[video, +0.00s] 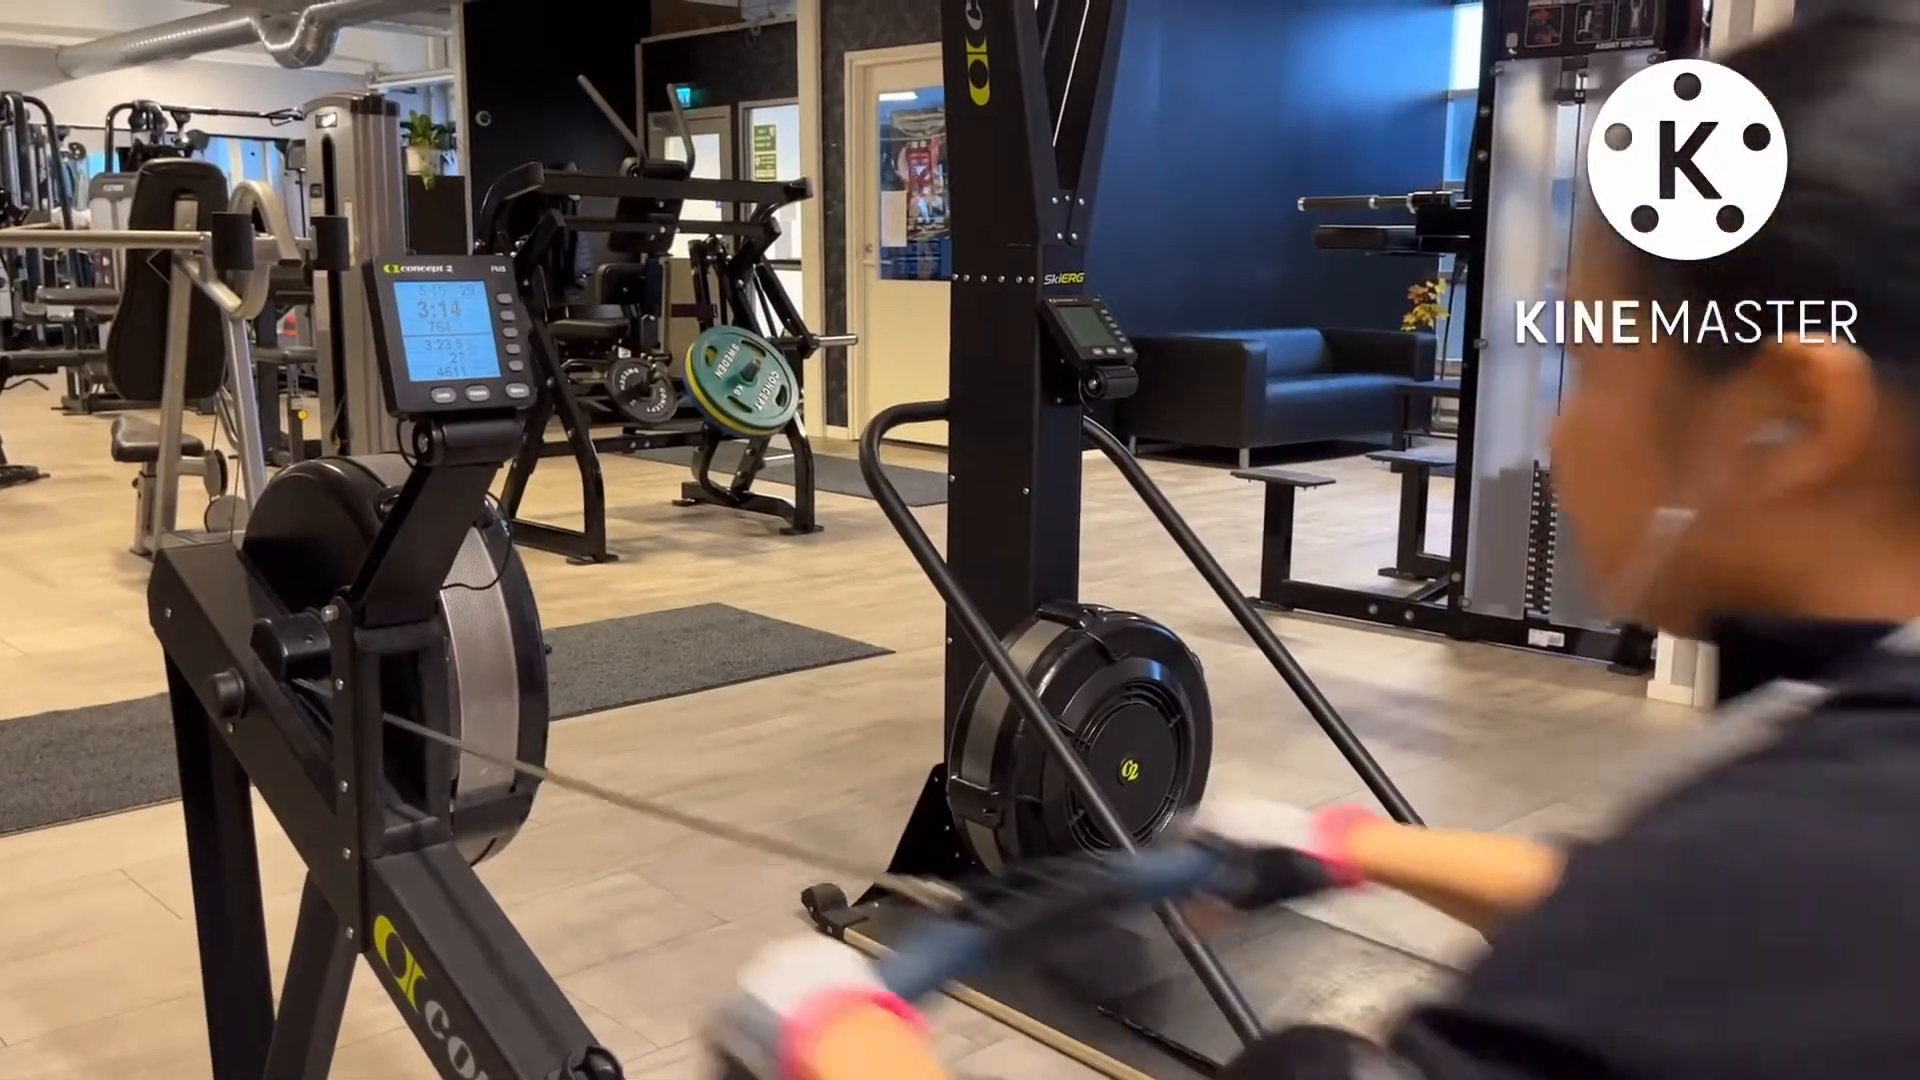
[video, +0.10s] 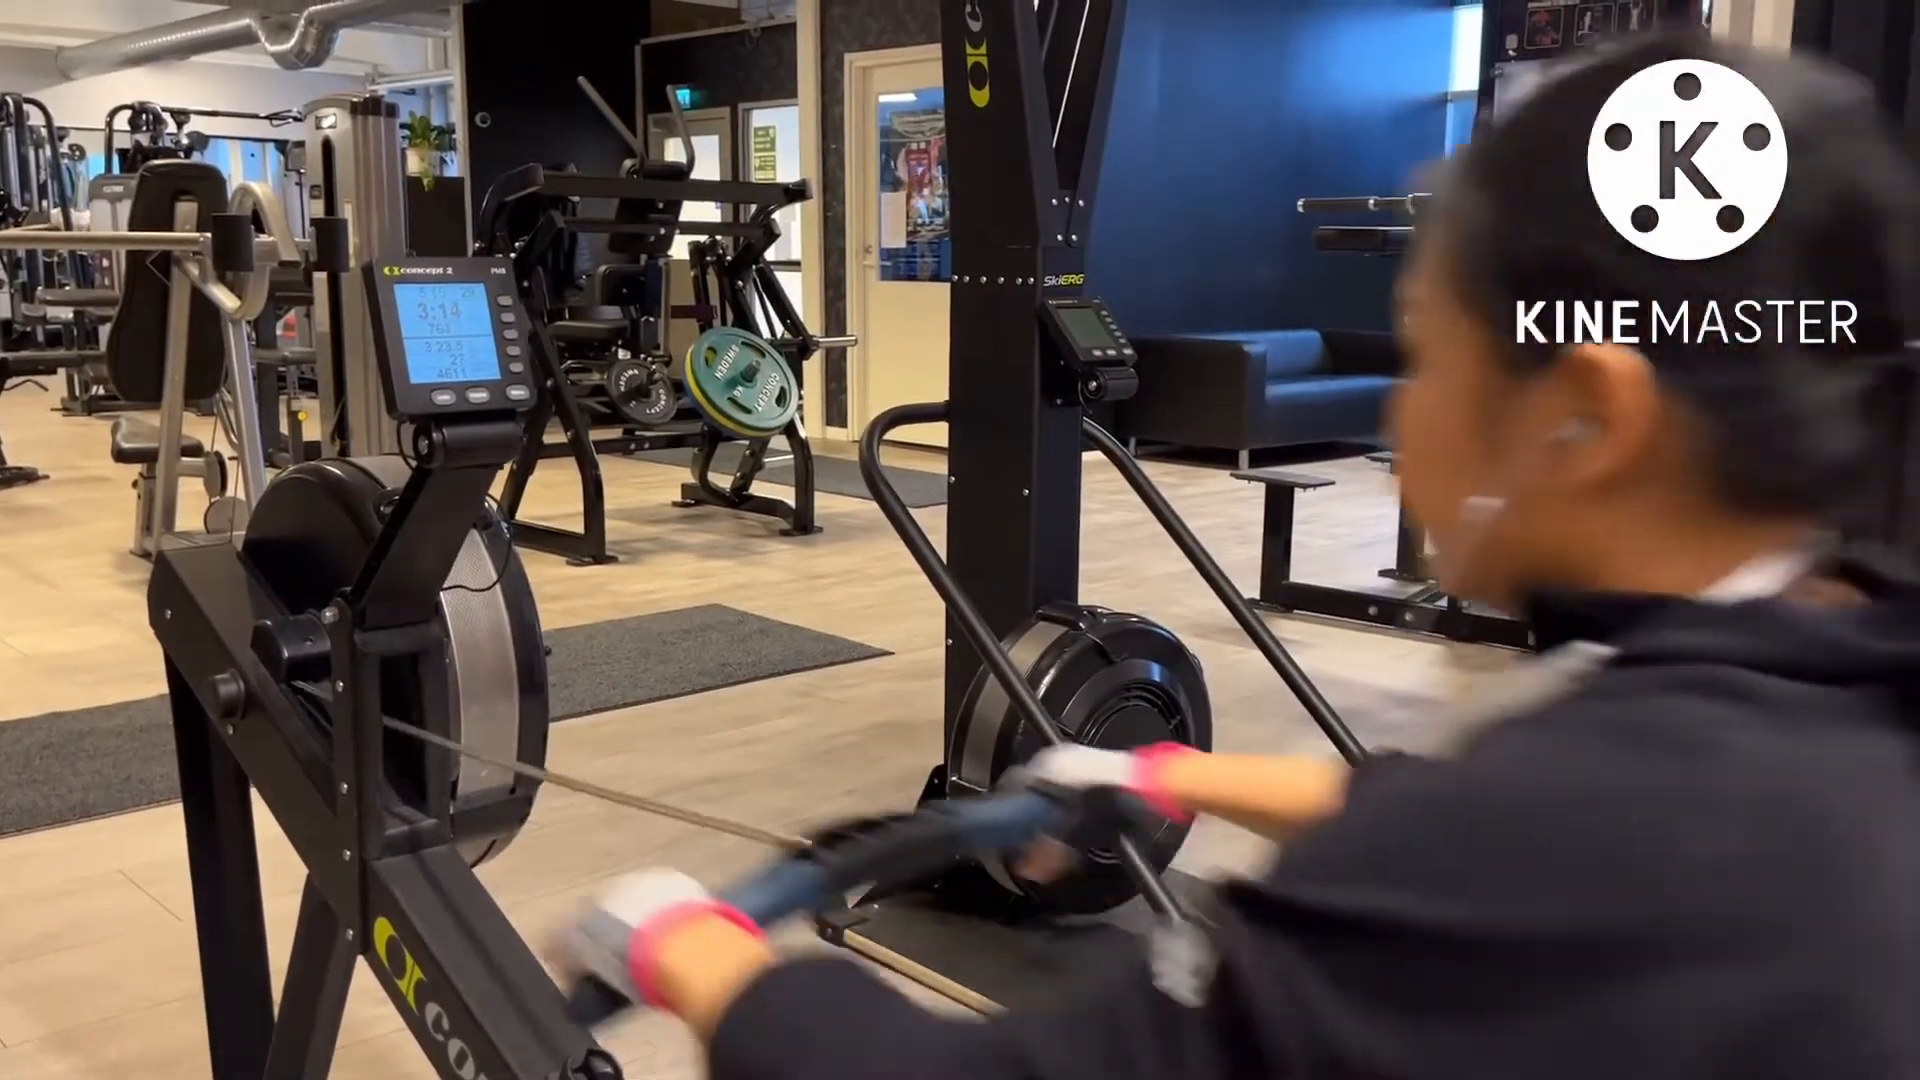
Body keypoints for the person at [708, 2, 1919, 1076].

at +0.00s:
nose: (1555, 428)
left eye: (1592, 349)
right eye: (1574, 350)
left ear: (1799, 422)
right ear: (1804, 430)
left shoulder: (1724, 904)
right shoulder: (1863, 739)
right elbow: (1732, 895)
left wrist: (886, 1071)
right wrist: (1380, 851)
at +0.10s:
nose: (1393, 420)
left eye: (1420, 363)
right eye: (1406, 361)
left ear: (1589, 416)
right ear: (1816, 394)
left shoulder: (1581, 818)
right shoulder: (1867, 673)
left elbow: (1078, 1061)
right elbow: (1605, 783)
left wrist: (738, 973)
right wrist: (1285, 792)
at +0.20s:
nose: (1242, 402)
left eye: (1268, 355)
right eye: (1255, 349)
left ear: (1406, 418)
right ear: (1624, 407)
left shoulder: (1350, 778)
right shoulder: (1725, 678)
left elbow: (904, 1000)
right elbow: (1487, 727)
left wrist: (622, 901)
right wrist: (1199, 745)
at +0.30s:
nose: (1114, 404)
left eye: (1138, 361)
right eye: (1128, 355)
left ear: (1259, 415)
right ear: (1464, 388)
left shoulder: (1179, 742)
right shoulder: (1545, 622)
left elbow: (787, 924)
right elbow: (1288, 694)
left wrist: (520, 842)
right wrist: (1027, 714)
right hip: (1694, 1040)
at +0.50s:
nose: (958, 400)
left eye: (976, 363)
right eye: (970, 359)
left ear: (1072, 423)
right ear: (1266, 393)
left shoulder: (996, 677)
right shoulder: (1357, 589)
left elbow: (659, 794)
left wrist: (427, 775)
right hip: (1535, 1045)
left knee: (854, 971)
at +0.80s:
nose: (1068, 435)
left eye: (1089, 393)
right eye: (1075, 389)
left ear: (1217, 439)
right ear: (1401, 421)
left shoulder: (1140, 720)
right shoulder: (1509, 626)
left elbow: (806, 814)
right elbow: (1270, 689)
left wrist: (524, 809)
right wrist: (994, 692)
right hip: (1678, 1042)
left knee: (944, 1029)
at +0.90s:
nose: (1228, 455)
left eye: (1253, 403)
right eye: (1234, 401)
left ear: (1412, 446)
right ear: (1608, 428)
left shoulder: (1317, 789)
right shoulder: (1722, 718)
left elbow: (910, 895)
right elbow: (1422, 801)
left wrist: (623, 880)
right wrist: (1113, 775)